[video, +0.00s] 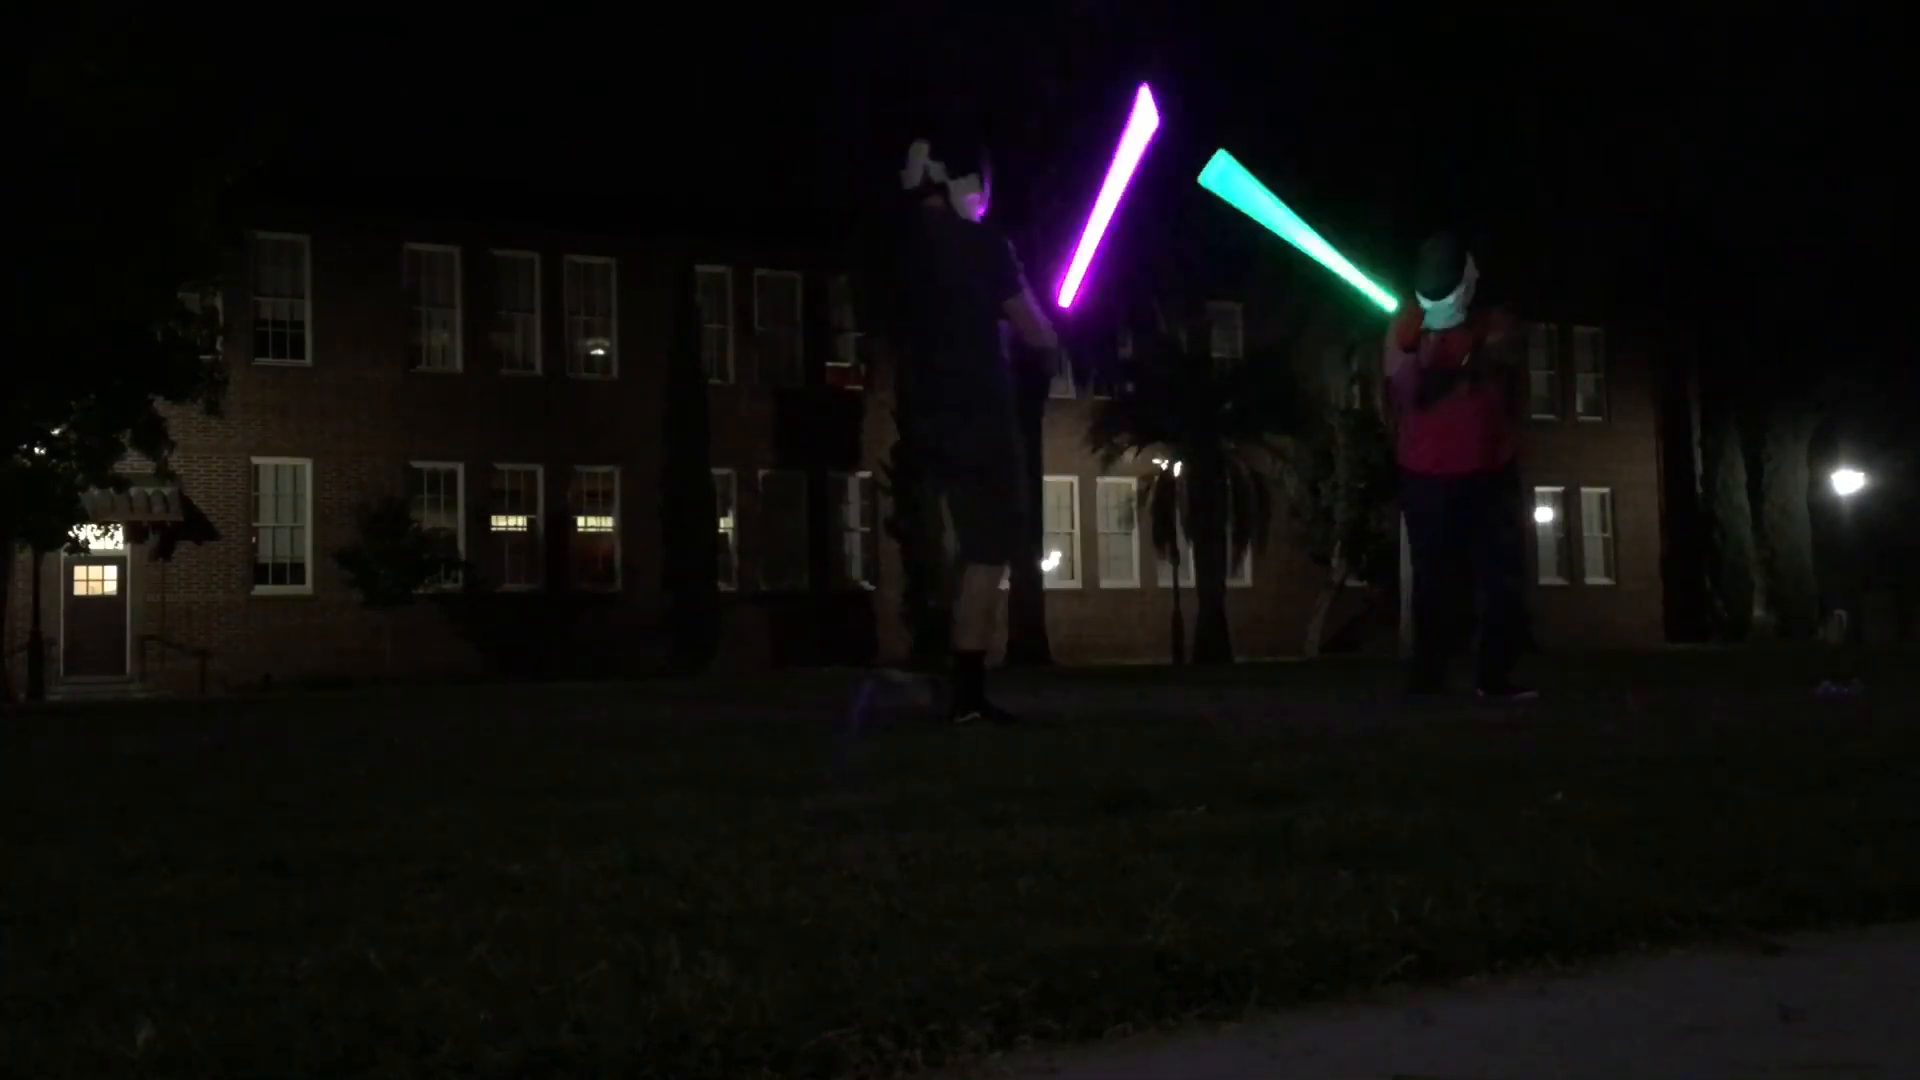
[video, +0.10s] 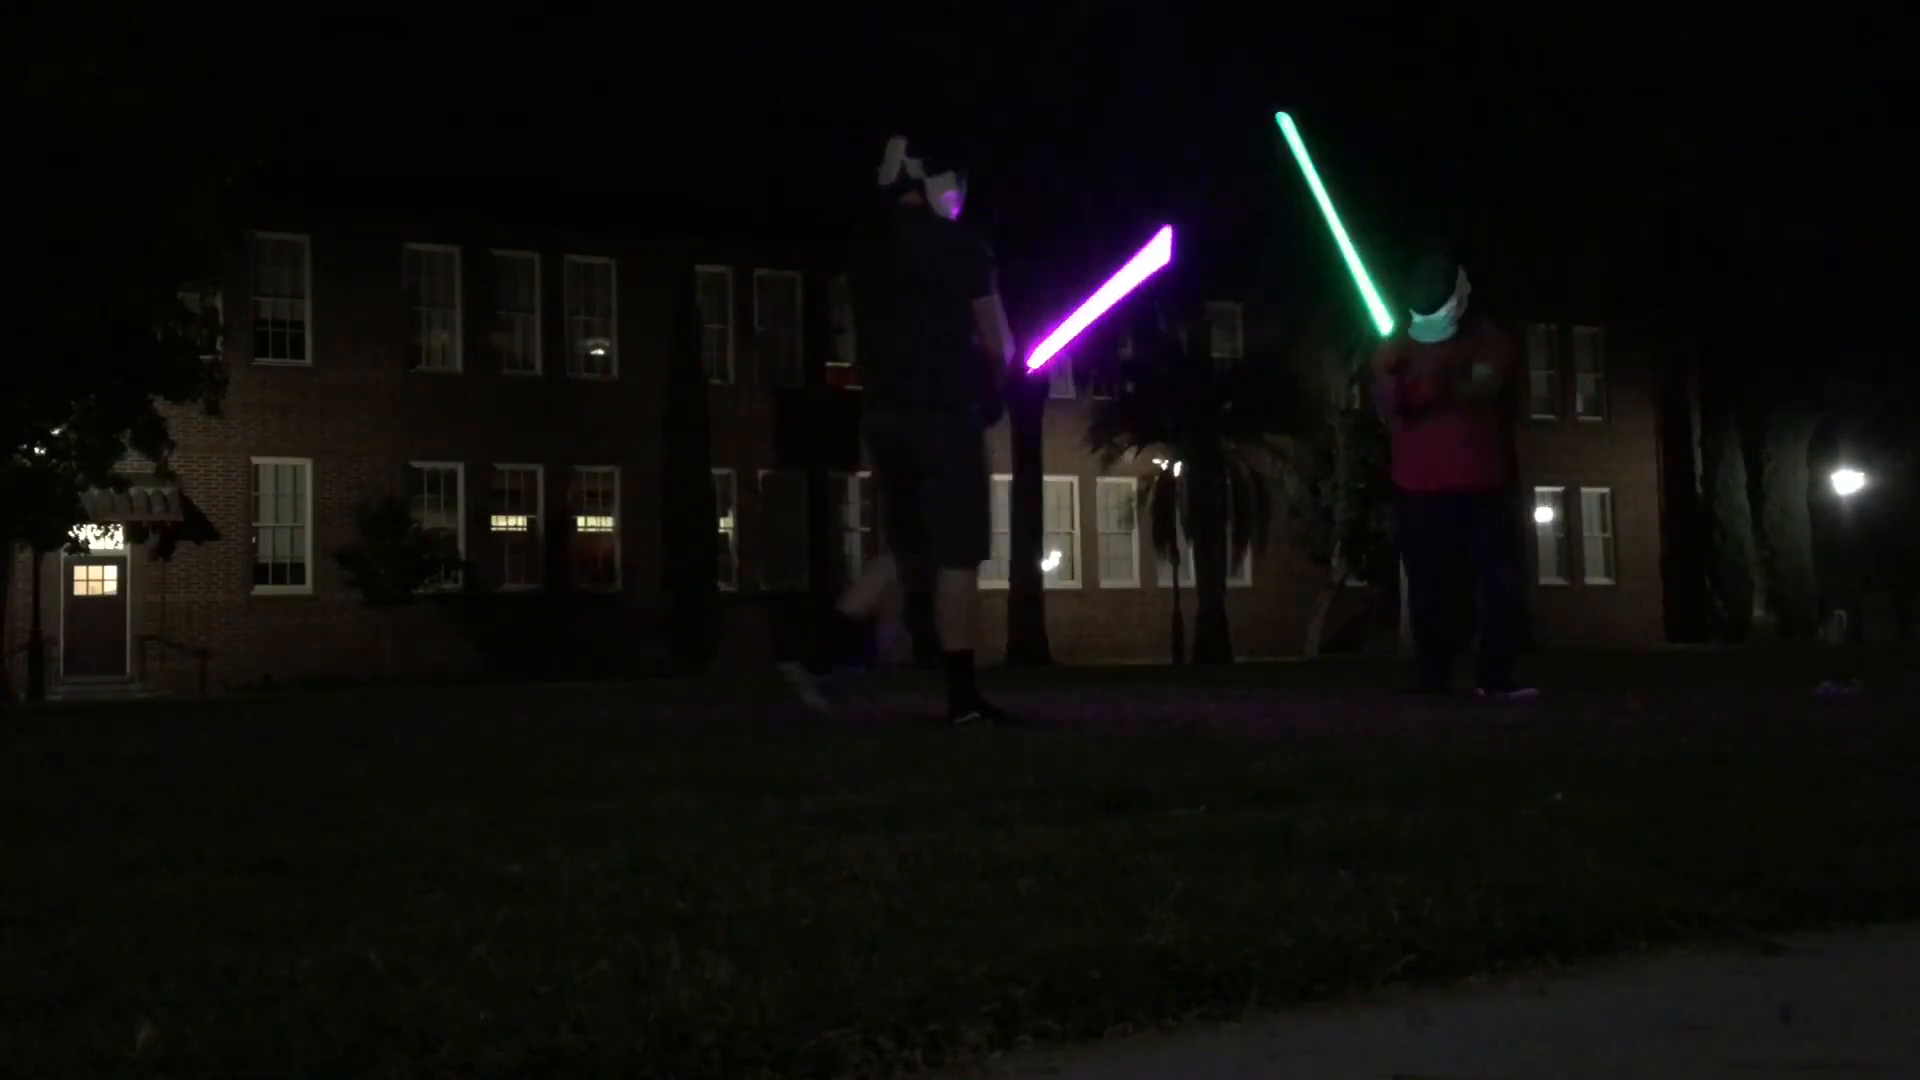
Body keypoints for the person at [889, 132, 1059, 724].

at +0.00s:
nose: (987, 200)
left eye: (984, 188)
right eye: (983, 189)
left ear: (933, 186)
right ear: (970, 188)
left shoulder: (900, 247)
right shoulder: (983, 246)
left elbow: (884, 345)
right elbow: (1038, 332)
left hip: (924, 412)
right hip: (980, 412)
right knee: (987, 548)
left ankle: (955, 680)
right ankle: (968, 689)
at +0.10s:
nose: (961, 196)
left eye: (958, 185)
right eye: (957, 185)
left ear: (899, 192)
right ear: (939, 191)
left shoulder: (872, 246)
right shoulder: (960, 245)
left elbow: (866, 339)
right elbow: (998, 341)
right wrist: (992, 384)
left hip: (888, 415)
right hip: (947, 416)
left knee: (904, 547)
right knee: (957, 557)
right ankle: (962, 695)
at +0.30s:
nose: (897, 207)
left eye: (893, 195)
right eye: (888, 197)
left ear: (834, 206)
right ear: (866, 203)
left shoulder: (812, 265)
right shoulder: (892, 261)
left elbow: (807, 358)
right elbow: (918, 361)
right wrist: (900, 418)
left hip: (808, 437)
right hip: (873, 437)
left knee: (791, 561)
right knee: (916, 565)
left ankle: (743, 701)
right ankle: (957, 697)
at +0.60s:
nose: (827, 203)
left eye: (825, 191)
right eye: (819, 191)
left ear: (765, 196)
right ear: (793, 195)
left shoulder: (738, 252)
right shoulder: (816, 251)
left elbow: (732, 347)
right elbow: (837, 345)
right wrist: (829, 415)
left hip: (736, 424)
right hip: (799, 424)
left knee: (748, 560)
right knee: (856, 540)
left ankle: (738, 705)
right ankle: (798, 672)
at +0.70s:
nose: (813, 201)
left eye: (811, 189)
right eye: (805, 189)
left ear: (752, 195)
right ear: (782, 192)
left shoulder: (728, 252)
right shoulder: (800, 246)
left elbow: (723, 344)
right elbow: (825, 341)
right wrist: (822, 411)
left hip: (727, 419)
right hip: (781, 421)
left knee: (739, 557)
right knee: (812, 551)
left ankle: (736, 691)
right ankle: (732, 676)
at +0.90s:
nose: (800, 197)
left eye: (798, 186)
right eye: (791, 186)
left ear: (740, 190)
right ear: (770, 189)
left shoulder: (716, 244)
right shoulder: (787, 243)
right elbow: (815, 339)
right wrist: (820, 402)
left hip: (714, 412)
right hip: (765, 418)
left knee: (755, 553)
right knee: (740, 555)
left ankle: (688, 701)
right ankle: (737, 702)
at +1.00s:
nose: (801, 200)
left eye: (798, 189)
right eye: (794, 189)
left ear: (746, 192)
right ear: (774, 191)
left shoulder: (720, 242)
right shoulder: (786, 244)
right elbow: (813, 342)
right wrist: (822, 403)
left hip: (720, 413)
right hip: (759, 420)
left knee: (797, 546)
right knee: (715, 558)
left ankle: (751, 684)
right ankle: (683, 701)